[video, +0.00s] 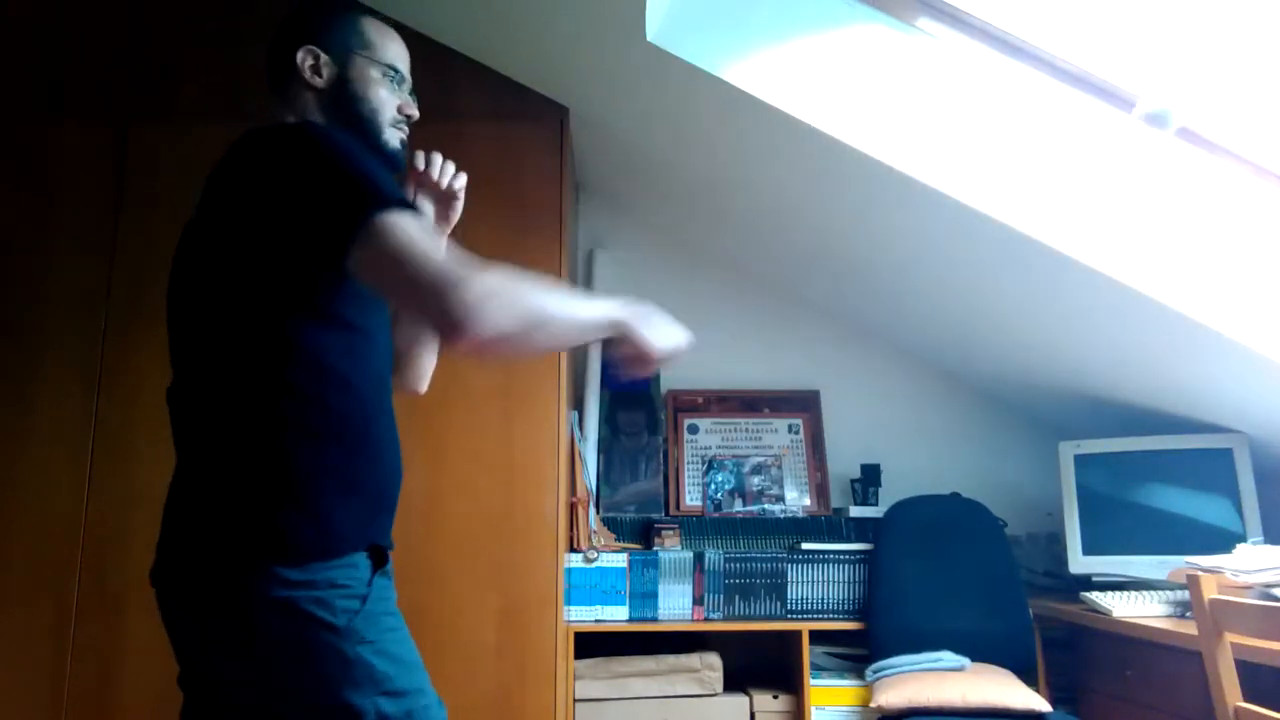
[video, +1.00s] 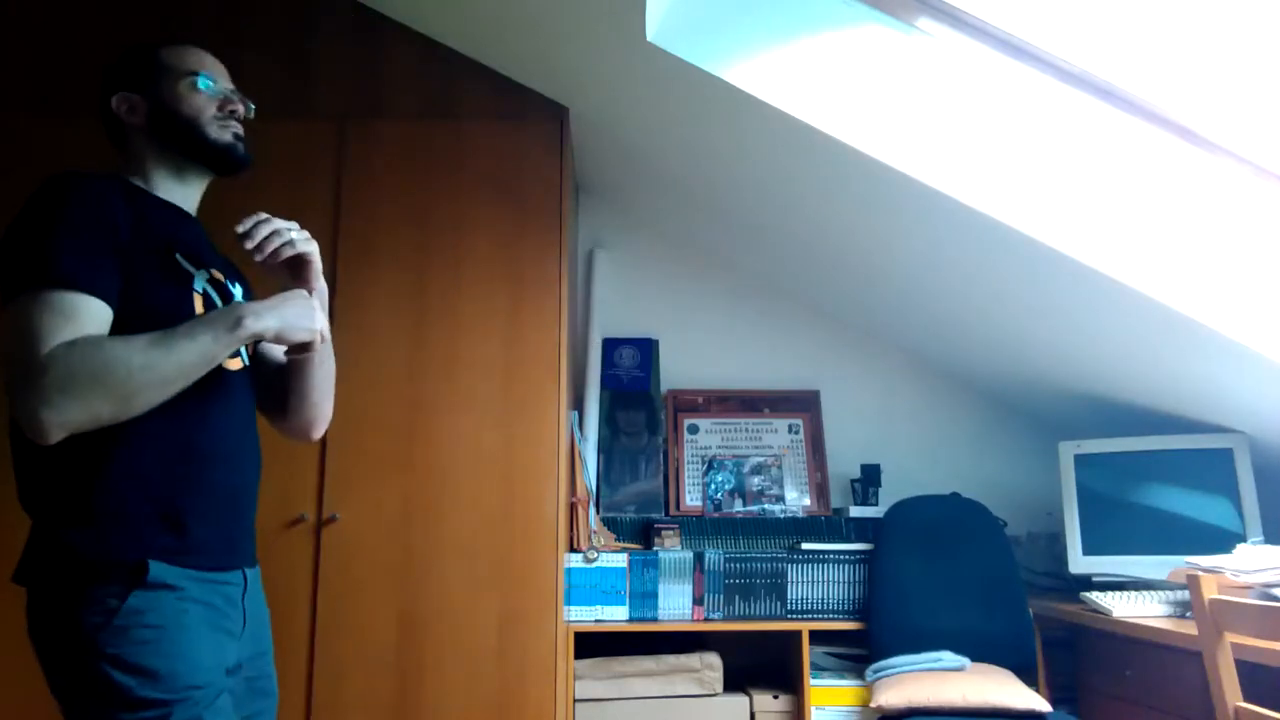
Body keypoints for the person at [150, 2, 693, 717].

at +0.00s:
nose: (412, 108)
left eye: (411, 90)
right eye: (392, 78)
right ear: (315, 68)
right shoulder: (307, 160)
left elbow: (408, 372)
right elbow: (466, 308)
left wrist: (425, 239)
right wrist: (620, 314)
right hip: (306, 577)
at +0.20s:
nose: (380, 100)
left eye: (375, 82)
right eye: (354, 74)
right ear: (276, 77)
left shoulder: (293, 219)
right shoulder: (234, 184)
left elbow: (412, 381)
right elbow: (240, 381)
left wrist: (416, 259)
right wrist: (417, 330)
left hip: (301, 579)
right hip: (265, 584)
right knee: (374, 707)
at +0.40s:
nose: (333, 91)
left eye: (331, 78)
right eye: (305, 68)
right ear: (228, 76)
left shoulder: (289, 233)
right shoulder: (162, 183)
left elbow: (386, 389)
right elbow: (111, 389)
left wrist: (372, 277)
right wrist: (312, 324)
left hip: (280, 567)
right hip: (205, 568)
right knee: (296, 708)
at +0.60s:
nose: (299, 102)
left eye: (296, 88)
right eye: (268, 79)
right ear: (191, 89)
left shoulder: (255, 237)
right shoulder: (122, 193)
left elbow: (352, 396)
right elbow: (67, 394)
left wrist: (341, 280)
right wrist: (267, 318)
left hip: (236, 573)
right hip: (156, 575)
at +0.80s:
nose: (259, 104)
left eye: (260, 92)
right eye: (230, 83)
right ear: (154, 97)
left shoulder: (227, 244)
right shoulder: (96, 194)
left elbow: (317, 403)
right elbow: (62, 380)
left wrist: (315, 285)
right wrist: (258, 310)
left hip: (219, 568)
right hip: (138, 567)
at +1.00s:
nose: (238, 100)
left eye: (236, 91)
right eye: (205, 83)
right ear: (132, 109)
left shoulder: (212, 259)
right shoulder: (82, 208)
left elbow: (304, 417)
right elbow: (48, 398)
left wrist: (311, 293)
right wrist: (246, 320)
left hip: (236, 588)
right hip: (136, 593)